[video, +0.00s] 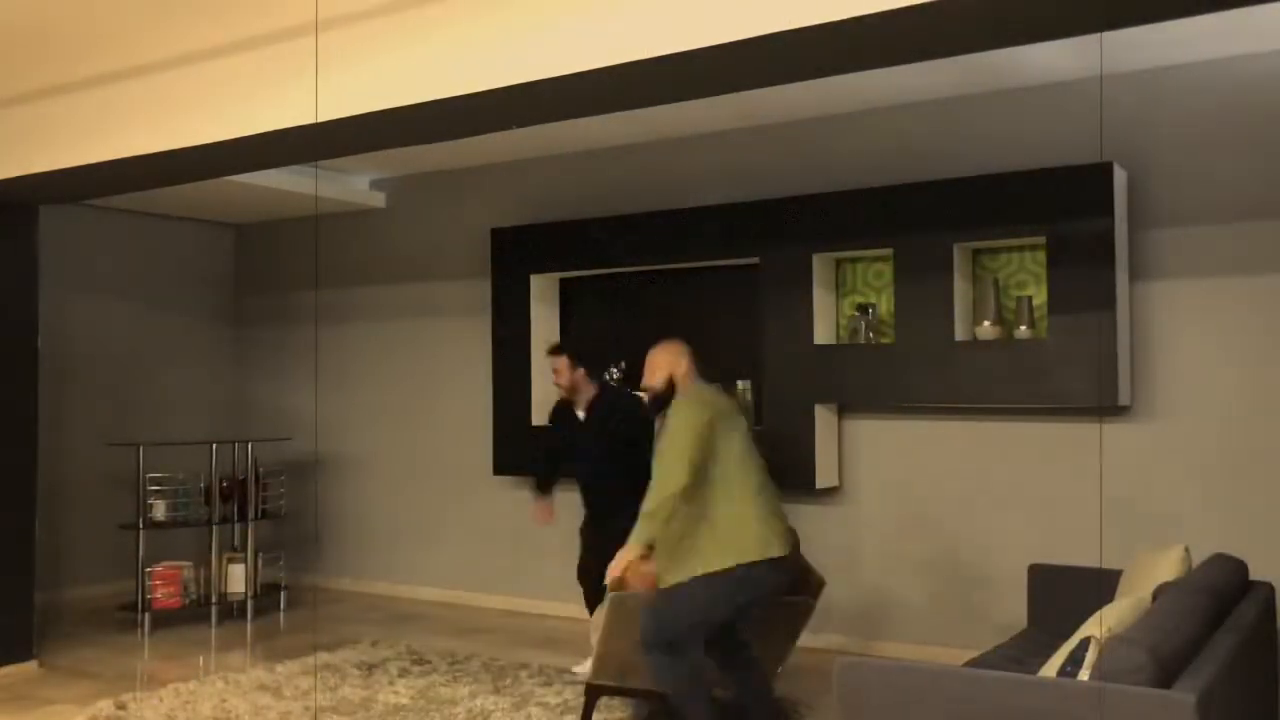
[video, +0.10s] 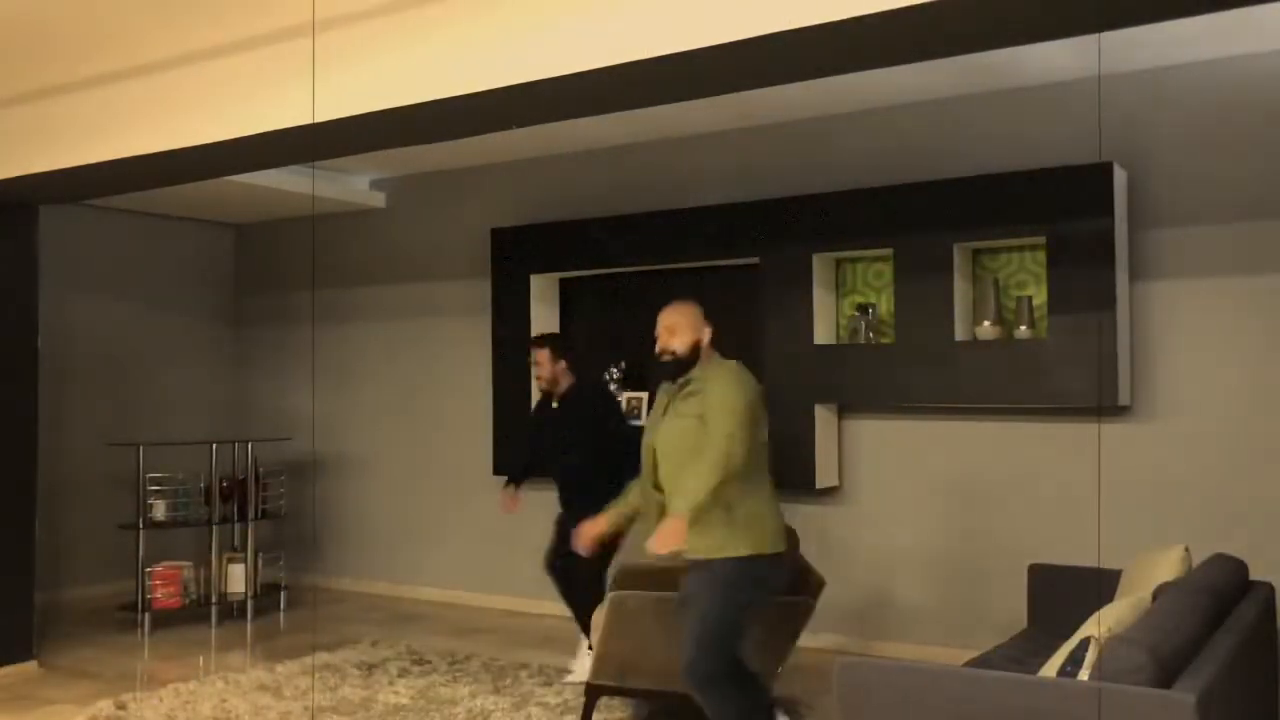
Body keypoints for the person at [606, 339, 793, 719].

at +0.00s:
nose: (645, 383)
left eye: (650, 372)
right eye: (645, 373)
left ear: (676, 366)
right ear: (684, 368)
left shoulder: (691, 404)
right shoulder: (714, 403)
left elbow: (672, 479)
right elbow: (703, 506)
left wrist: (635, 545)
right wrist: (659, 562)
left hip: (748, 558)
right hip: (772, 555)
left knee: (662, 627)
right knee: (718, 633)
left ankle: (697, 709)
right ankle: (763, 709)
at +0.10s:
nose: (662, 344)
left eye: (673, 333)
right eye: (659, 334)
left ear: (705, 335)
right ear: (656, 338)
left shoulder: (731, 381)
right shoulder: (667, 395)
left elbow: (728, 454)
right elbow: (653, 482)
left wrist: (682, 515)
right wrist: (607, 520)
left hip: (743, 550)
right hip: (703, 551)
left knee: (704, 665)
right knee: (712, 660)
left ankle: (766, 713)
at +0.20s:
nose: (665, 329)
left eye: (675, 320)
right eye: (665, 320)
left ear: (712, 321)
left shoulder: (756, 375)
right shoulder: (666, 374)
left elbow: (771, 452)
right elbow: (621, 436)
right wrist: (553, 475)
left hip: (739, 550)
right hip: (683, 549)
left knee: (722, 662)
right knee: (681, 667)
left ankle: (758, 717)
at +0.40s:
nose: (654, 341)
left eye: (665, 330)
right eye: (656, 330)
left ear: (703, 336)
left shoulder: (747, 396)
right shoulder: (656, 394)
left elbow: (739, 485)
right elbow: (603, 443)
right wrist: (523, 463)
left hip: (727, 585)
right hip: (656, 578)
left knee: (753, 703)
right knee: (626, 696)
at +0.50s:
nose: (607, 346)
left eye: (616, 333)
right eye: (608, 334)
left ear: (656, 336)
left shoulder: (695, 396)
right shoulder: (621, 404)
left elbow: (654, 468)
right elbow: (570, 455)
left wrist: (589, 505)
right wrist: (490, 495)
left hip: (692, 599)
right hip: (624, 599)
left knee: (732, 710)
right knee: (600, 709)